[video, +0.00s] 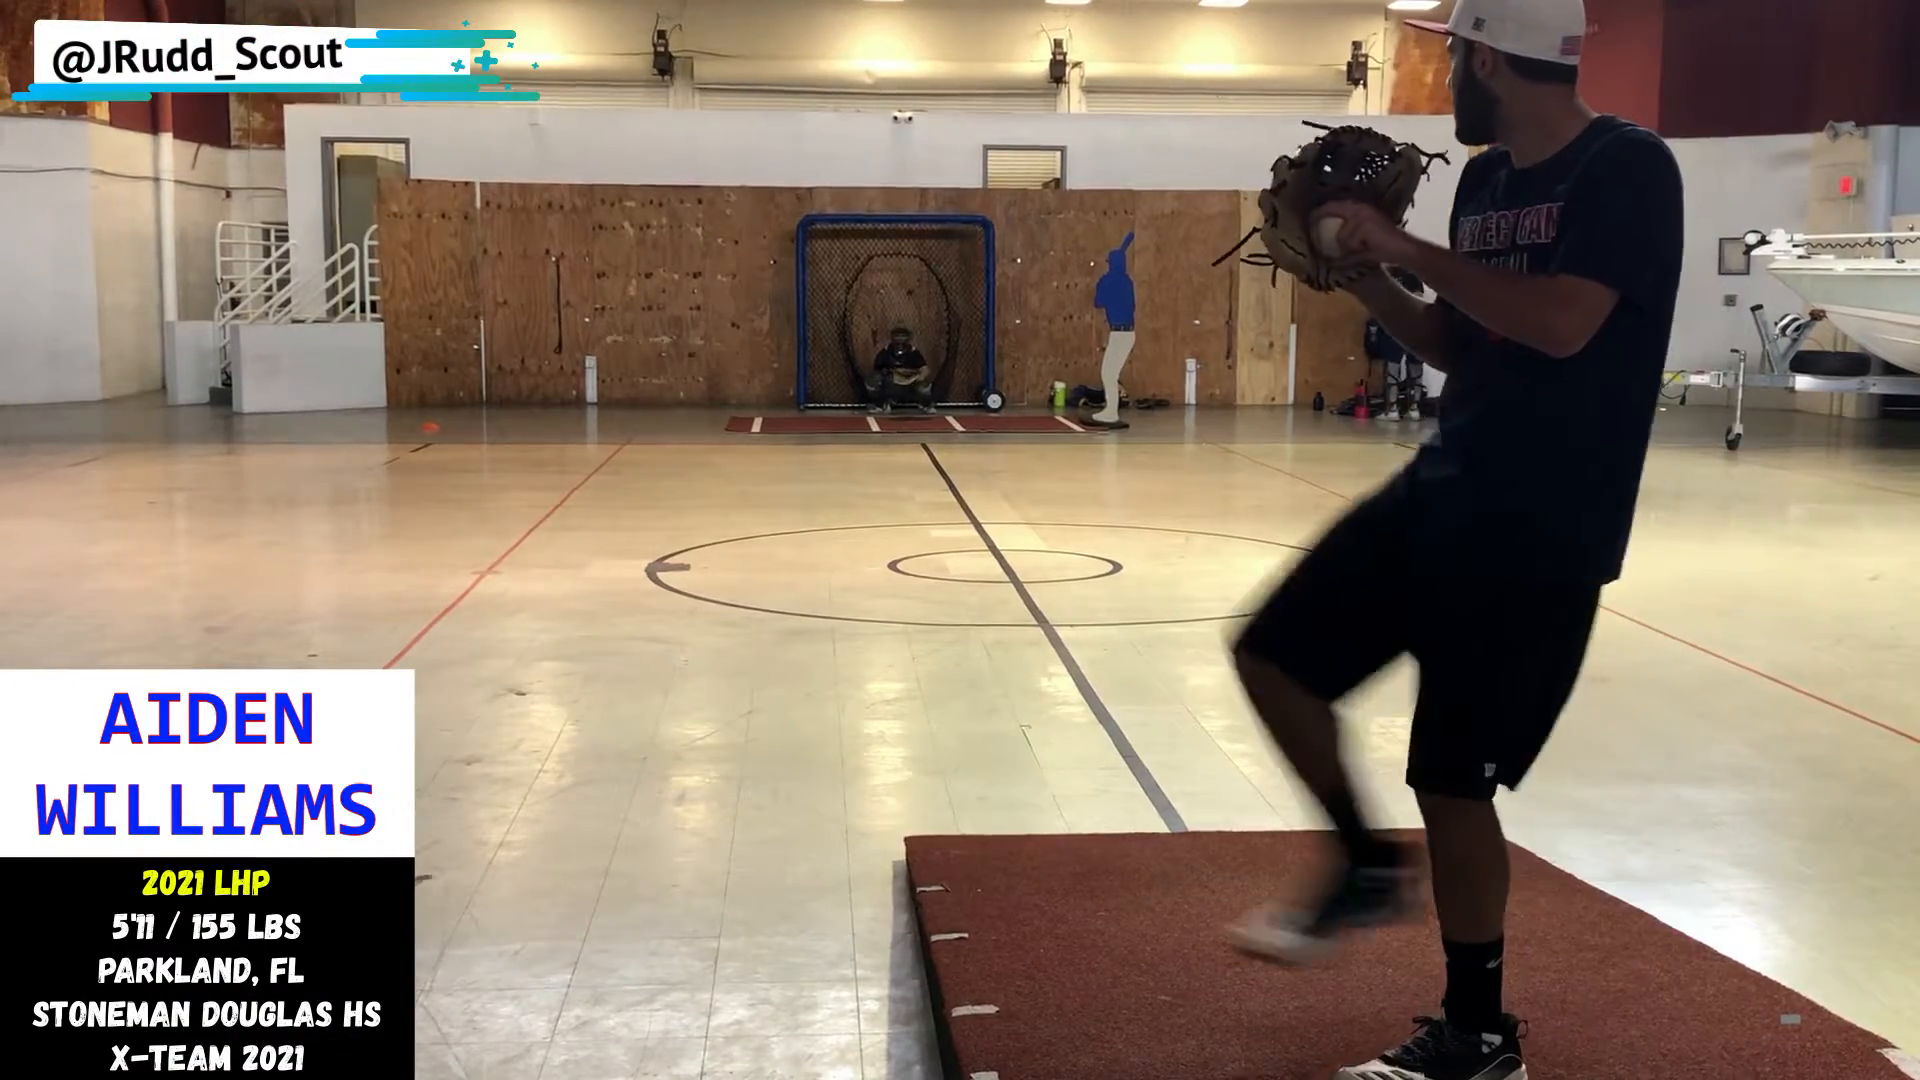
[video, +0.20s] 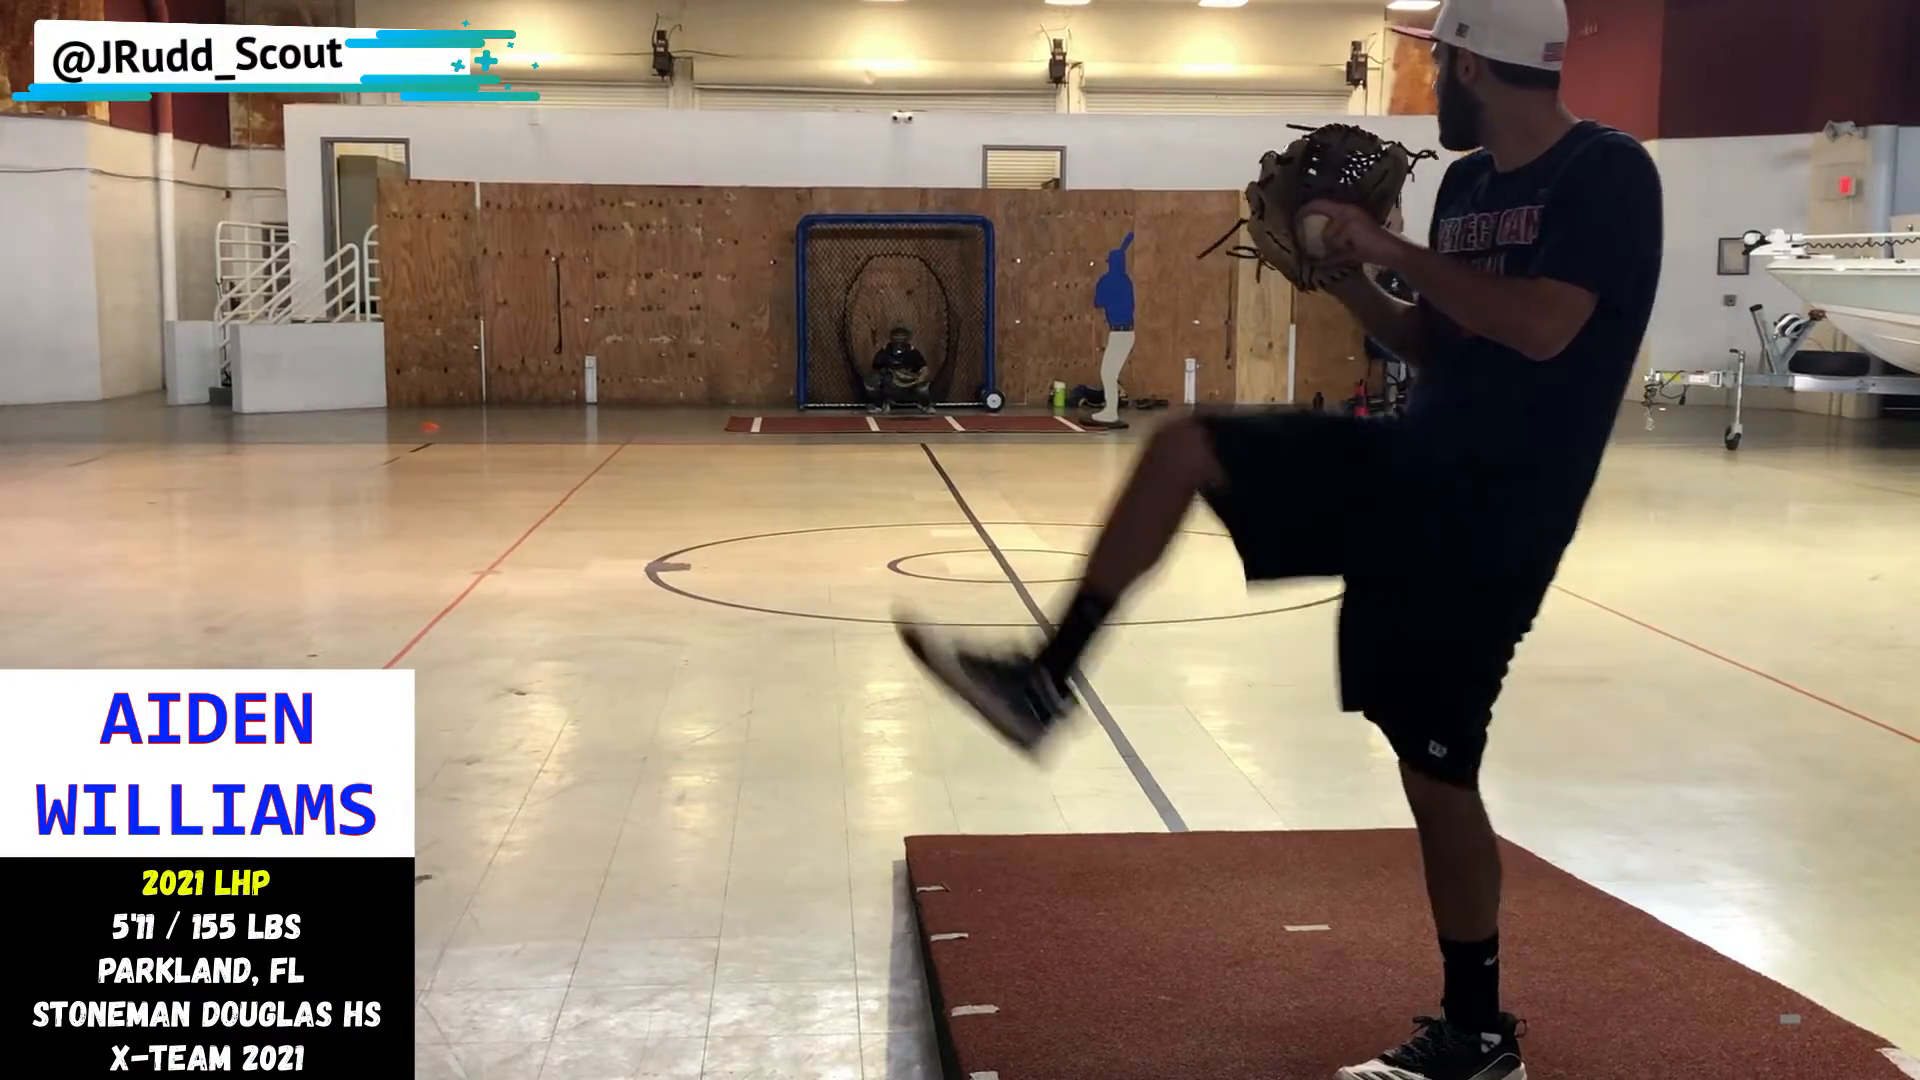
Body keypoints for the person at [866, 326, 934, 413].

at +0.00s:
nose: (900, 344)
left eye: (903, 341)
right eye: (897, 341)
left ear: (908, 340)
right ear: (892, 340)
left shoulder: (914, 352)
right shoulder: (884, 353)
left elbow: (925, 369)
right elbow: (878, 372)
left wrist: (920, 377)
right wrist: (893, 377)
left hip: (911, 382)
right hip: (892, 384)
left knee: (923, 386)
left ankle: (926, 405)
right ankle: (883, 405)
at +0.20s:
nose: (899, 344)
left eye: (902, 340)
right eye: (895, 340)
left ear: (907, 340)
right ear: (891, 340)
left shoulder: (913, 353)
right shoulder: (883, 353)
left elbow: (924, 370)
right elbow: (877, 371)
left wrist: (918, 381)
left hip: (910, 385)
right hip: (890, 387)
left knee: (923, 387)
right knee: (872, 381)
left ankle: (925, 405)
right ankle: (881, 405)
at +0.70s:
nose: (898, 343)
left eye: (902, 340)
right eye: (895, 340)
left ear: (907, 340)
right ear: (891, 339)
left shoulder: (912, 354)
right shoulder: (883, 353)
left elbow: (923, 373)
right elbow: (876, 372)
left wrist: (918, 385)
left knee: (924, 387)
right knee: (872, 382)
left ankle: (925, 405)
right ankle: (882, 405)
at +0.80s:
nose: (899, 342)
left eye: (902, 339)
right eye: (896, 339)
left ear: (907, 340)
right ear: (891, 339)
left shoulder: (913, 354)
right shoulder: (883, 353)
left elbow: (924, 373)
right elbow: (876, 373)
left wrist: (918, 386)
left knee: (924, 387)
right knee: (872, 382)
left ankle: (925, 406)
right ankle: (882, 405)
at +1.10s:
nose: (899, 342)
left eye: (903, 339)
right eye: (896, 339)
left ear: (908, 340)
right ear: (892, 339)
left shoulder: (914, 355)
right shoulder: (883, 354)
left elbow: (925, 374)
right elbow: (876, 373)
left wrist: (919, 387)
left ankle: (925, 405)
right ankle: (882, 405)